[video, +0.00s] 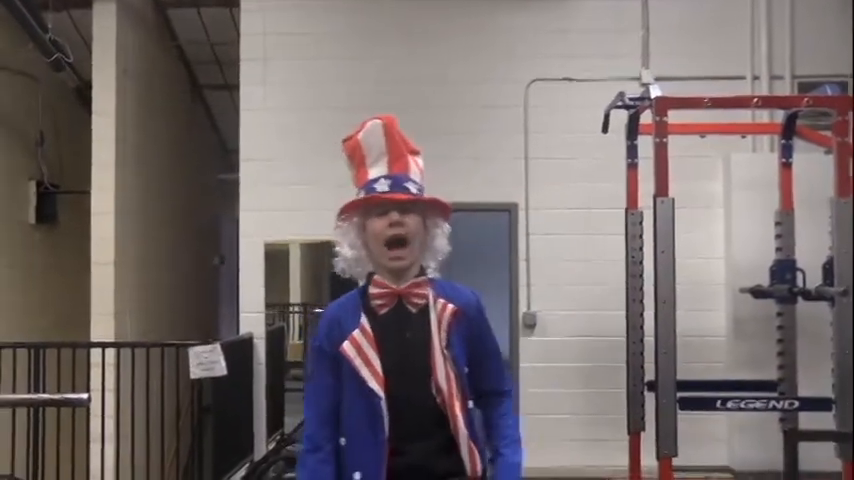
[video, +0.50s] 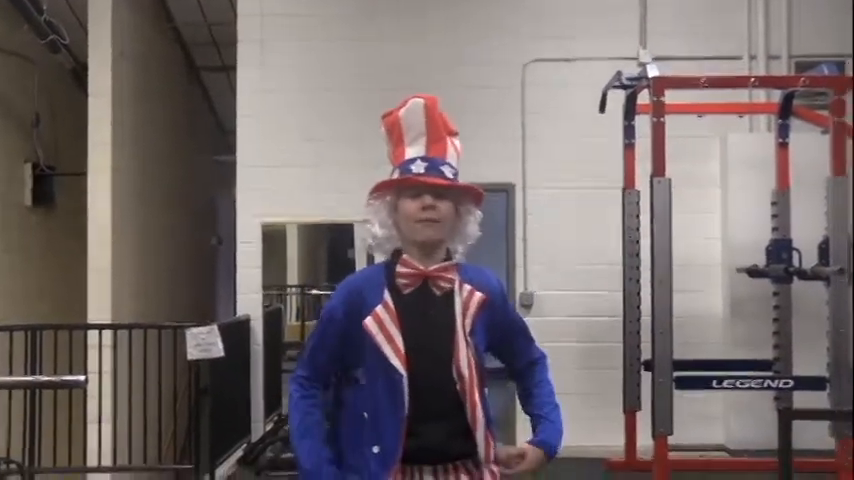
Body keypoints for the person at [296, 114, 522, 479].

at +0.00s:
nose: (395, 220)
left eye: (407, 210)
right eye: (380, 212)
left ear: (427, 226)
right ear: (361, 231)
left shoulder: (463, 308)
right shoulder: (336, 322)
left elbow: (496, 398)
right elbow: (319, 435)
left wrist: (506, 471)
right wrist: (318, 475)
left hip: (454, 470)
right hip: (375, 472)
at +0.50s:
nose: (428, 203)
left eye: (440, 194)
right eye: (413, 194)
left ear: (459, 211)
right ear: (392, 209)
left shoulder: (482, 287)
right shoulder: (359, 291)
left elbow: (529, 362)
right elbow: (307, 381)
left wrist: (545, 439)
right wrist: (319, 469)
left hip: (468, 469)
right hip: (384, 469)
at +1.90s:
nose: (318, 120)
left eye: (331, 110)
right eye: (304, 109)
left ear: (349, 126)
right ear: (283, 122)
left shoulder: (384, 195)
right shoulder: (267, 218)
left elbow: (446, 281)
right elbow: (258, 325)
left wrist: (423, 374)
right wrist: (204, 399)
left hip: (376, 405)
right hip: (297, 409)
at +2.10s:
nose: (338, 118)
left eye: (350, 109)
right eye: (324, 107)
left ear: (367, 124)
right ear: (301, 122)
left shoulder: (401, 196)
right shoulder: (287, 206)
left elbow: (463, 288)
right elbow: (236, 274)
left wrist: (450, 384)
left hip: (391, 407)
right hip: (308, 406)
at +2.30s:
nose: (355, 123)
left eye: (369, 108)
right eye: (342, 112)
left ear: (396, 118)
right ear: (329, 127)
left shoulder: (436, 205)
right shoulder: (302, 191)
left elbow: (466, 301)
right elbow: (242, 182)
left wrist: (466, 388)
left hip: (413, 406)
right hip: (328, 406)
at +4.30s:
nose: (420, 113)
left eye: (435, 103)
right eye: (404, 101)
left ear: (455, 120)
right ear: (382, 117)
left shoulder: (478, 212)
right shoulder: (337, 207)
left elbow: (493, 322)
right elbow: (303, 334)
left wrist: (511, 409)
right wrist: (283, 458)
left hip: (448, 422)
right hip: (357, 423)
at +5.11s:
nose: (440, 129)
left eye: (455, 117)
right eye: (426, 115)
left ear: (475, 129)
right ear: (404, 124)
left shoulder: (489, 216)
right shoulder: (354, 205)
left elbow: (555, 321)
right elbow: (312, 336)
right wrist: (280, 459)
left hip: (467, 429)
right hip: (375, 431)